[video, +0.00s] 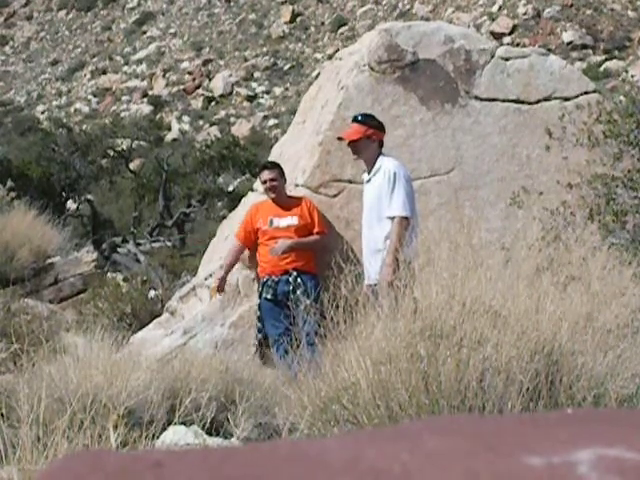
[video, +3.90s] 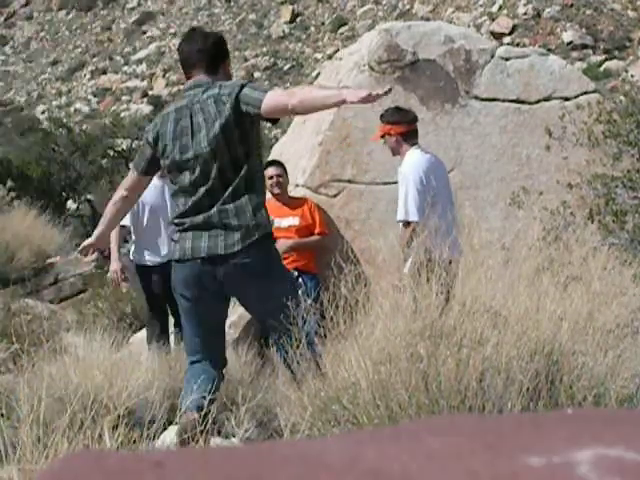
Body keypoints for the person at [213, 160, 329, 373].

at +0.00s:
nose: (270, 185)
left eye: (274, 180)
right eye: (265, 182)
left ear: (284, 180)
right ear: (261, 186)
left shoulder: (304, 205)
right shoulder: (256, 211)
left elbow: (323, 237)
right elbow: (239, 244)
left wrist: (293, 243)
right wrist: (223, 273)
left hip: (303, 277)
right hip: (271, 280)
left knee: (310, 332)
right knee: (279, 338)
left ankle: (315, 379)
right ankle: (290, 382)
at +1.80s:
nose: (272, 181)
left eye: (276, 176)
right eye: (267, 178)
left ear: (285, 178)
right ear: (263, 183)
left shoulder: (306, 205)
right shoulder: (258, 210)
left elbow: (324, 238)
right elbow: (246, 242)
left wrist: (293, 243)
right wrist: (243, 249)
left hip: (304, 278)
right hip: (272, 281)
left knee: (310, 335)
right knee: (278, 338)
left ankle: (315, 381)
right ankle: (288, 384)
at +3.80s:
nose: (274, 181)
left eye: (278, 176)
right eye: (269, 178)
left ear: (287, 179)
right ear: (264, 183)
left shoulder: (307, 206)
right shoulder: (257, 211)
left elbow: (325, 237)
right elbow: (247, 246)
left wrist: (293, 244)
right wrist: (252, 264)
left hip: (304, 274)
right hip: (272, 277)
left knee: (309, 327)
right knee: (278, 330)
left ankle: (315, 375)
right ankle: (287, 378)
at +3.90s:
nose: (275, 181)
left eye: (279, 176)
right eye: (270, 177)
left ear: (287, 179)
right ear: (265, 183)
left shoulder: (306, 205)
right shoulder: (262, 209)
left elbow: (324, 237)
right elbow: (257, 240)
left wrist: (290, 244)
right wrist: (274, 250)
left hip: (305, 272)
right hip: (277, 273)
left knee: (310, 328)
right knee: (280, 329)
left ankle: (318, 373)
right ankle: (290, 377)